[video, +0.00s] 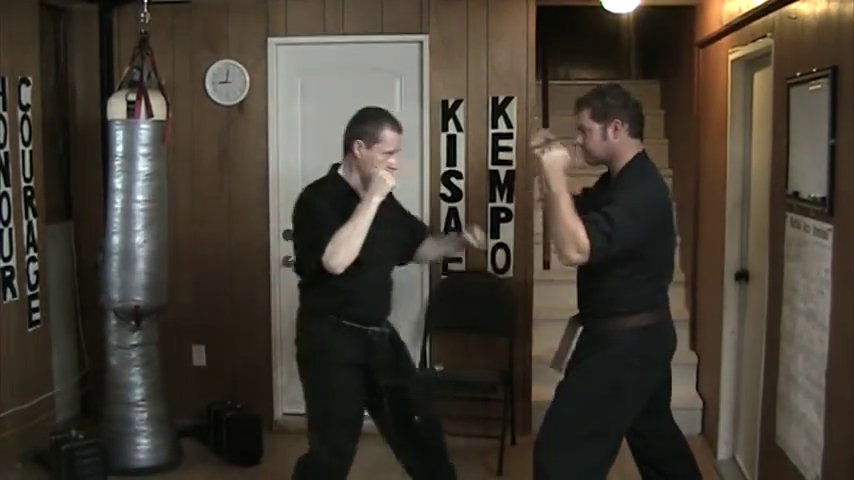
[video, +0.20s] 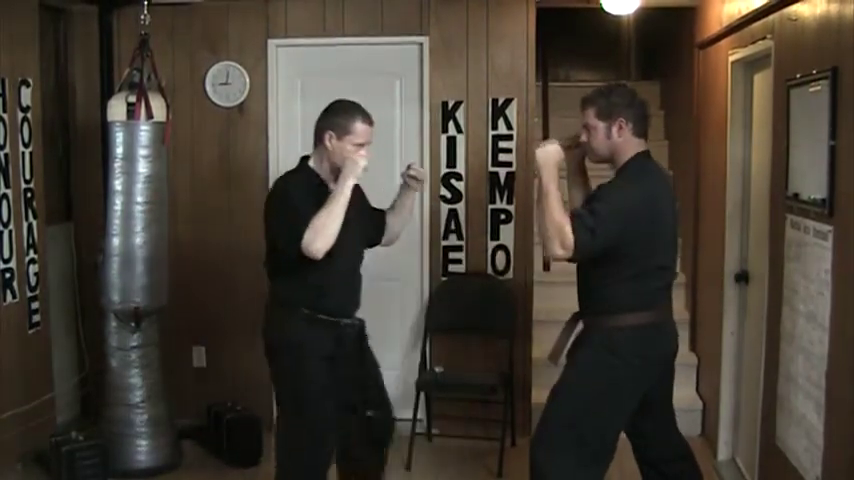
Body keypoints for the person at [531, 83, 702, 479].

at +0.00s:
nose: (577, 141)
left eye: (583, 131)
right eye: (578, 132)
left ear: (615, 129)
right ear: (615, 131)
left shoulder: (637, 188)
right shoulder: (622, 180)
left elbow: (574, 250)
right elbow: (566, 216)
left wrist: (555, 175)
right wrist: (546, 170)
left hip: (627, 343)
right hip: (630, 336)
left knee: (559, 456)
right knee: (659, 448)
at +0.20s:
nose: (583, 138)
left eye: (588, 128)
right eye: (583, 129)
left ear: (619, 128)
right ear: (623, 128)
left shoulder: (630, 186)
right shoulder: (654, 180)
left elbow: (562, 244)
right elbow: (584, 229)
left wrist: (548, 171)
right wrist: (577, 170)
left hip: (618, 343)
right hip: (650, 338)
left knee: (556, 455)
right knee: (662, 450)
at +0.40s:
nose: (585, 137)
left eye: (591, 127)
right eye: (585, 128)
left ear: (621, 127)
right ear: (625, 127)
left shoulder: (630, 185)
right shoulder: (659, 180)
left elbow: (559, 241)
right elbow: (597, 226)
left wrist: (547, 170)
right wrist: (581, 170)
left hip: (617, 341)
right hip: (653, 337)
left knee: (556, 455)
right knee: (663, 451)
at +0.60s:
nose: (586, 136)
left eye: (591, 126)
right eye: (585, 127)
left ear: (622, 126)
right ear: (626, 126)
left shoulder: (629, 184)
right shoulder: (659, 179)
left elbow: (559, 240)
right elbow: (594, 227)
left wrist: (546, 167)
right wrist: (580, 168)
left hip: (617, 339)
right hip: (653, 335)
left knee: (556, 454)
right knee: (663, 450)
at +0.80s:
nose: (586, 136)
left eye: (591, 126)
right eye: (586, 127)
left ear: (622, 127)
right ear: (626, 127)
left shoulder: (628, 185)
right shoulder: (661, 179)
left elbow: (560, 241)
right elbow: (597, 227)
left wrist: (546, 169)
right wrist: (580, 168)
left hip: (616, 340)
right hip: (654, 335)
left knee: (556, 454)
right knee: (664, 450)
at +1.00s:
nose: (587, 136)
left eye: (592, 126)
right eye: (587, 127)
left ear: (623, 127)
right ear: (626, 127)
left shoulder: (628, 187)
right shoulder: (661, 180)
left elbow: (561, 242)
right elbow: (598, 227)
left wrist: (547, 170)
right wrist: (580, 168)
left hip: (617, 342)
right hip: (654, 336)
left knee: (555, 454)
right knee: (664, 451)